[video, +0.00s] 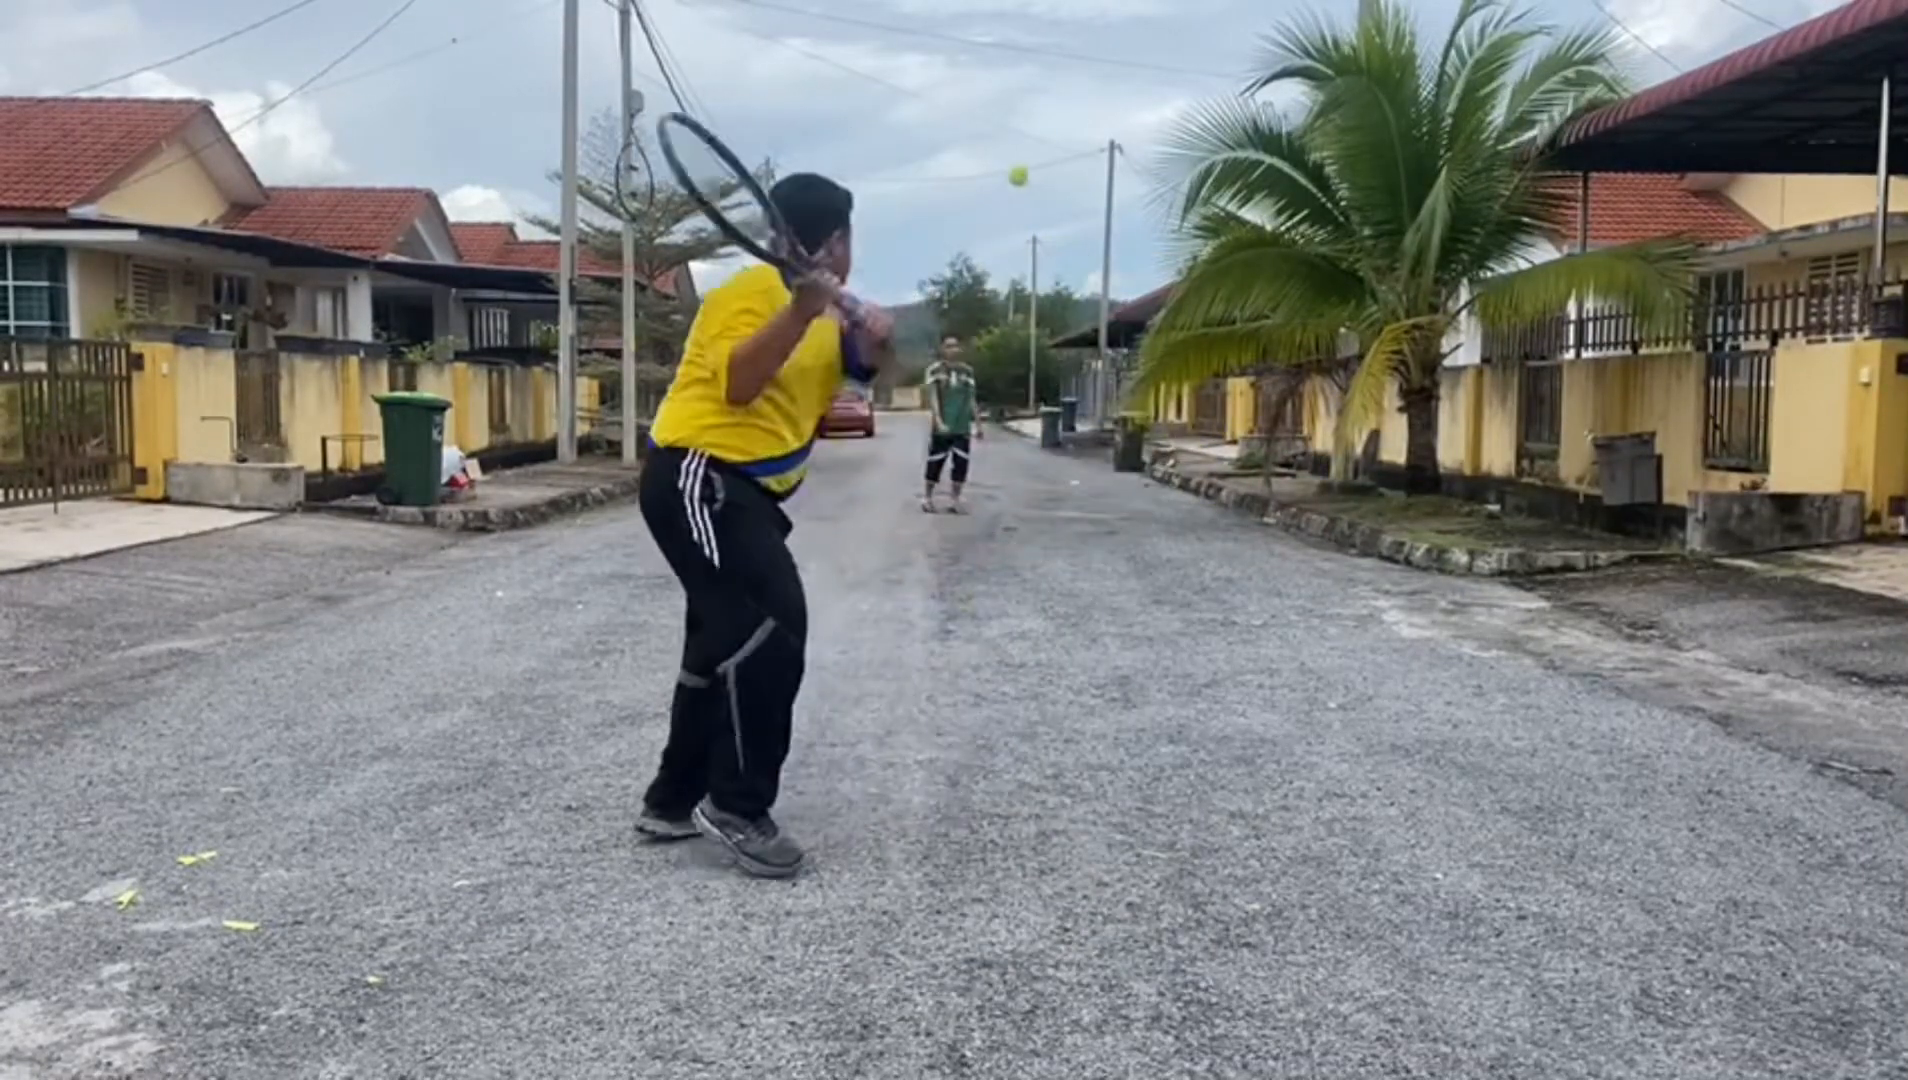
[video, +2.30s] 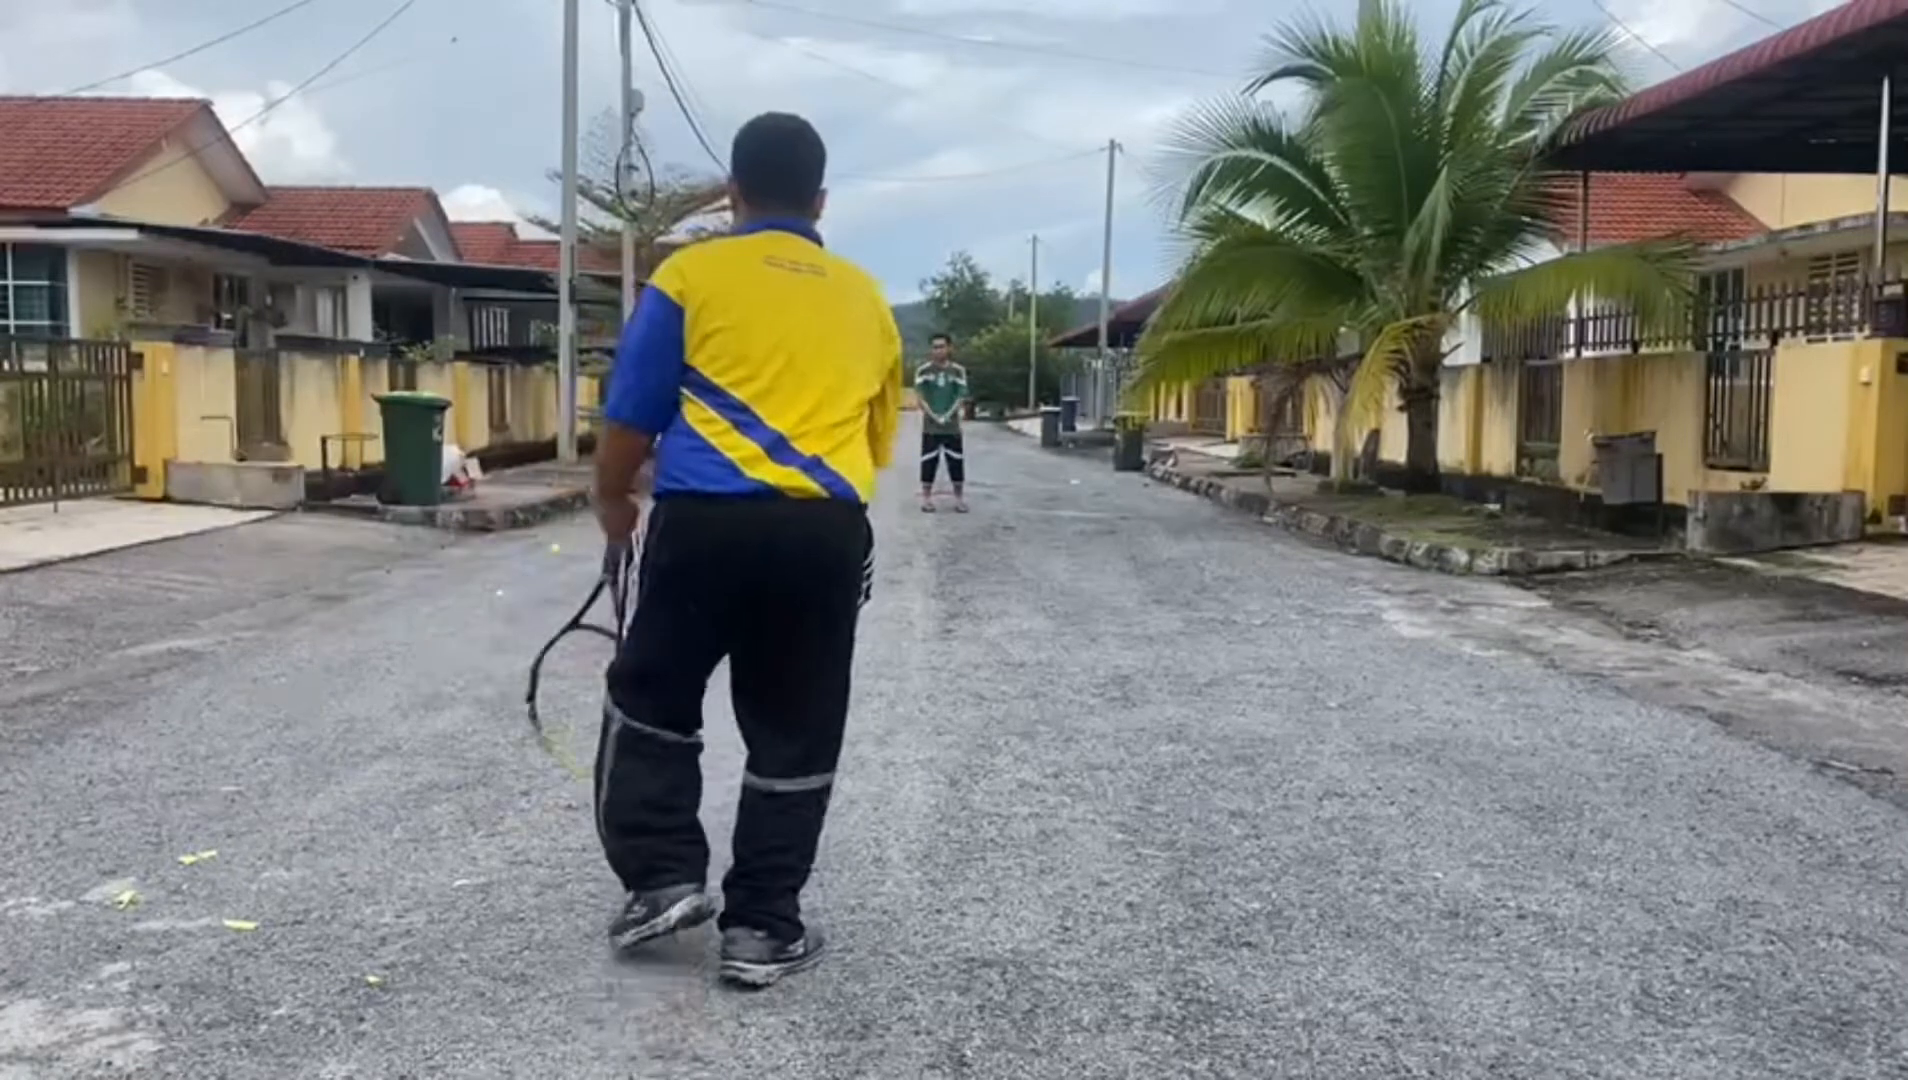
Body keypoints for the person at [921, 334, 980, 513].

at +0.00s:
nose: (953, 350)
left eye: (956, 346)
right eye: (948, 346)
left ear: (960, 349)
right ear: (942, 350)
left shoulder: (967, 371)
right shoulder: (935, 370)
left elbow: (971, 399)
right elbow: (933, 397)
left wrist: (977, 423)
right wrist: (938, 421)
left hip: (962, 426)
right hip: (943, 425)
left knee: (961, 465)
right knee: (935, 462)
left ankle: (956, 499)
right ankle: (928, 497)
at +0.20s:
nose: (945, 350)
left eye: (949, 346)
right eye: (942, 346)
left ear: (955, 349)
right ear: (936, 348)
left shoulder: (960, 371)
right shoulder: (931, 371)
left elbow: (967, 399)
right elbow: (922, 400)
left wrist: (973, 423)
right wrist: (917, 426)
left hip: (956, 426)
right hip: (934, 427)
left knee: (958, 466)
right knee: (931, 466)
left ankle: (955, 499)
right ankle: (927, 498)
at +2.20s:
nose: (938, 351)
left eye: (942, 347)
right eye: (935, 347)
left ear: (950, 349)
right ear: (931, 350)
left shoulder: (959, 371)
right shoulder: (924, 371)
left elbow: (962, 396)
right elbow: (920, 397)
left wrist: (956, 415)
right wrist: (927, 416)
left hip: (952, 422)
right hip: (932, 422)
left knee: (956, 461)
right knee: (929, 461)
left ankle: (959, 497)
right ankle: (927, 497)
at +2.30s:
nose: (938, 351)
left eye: (941, 347)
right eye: (935, 347)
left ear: (949, 349)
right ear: (930, 350)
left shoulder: (958, 370)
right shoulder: (923, 371)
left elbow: (961, 396)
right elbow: (920, 397)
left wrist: (948, 415)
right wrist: (934, 416)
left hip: (952, 424)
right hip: (931, 424)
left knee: (956, 462)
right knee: (928, 463)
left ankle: (959, 497)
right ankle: (927, 497)